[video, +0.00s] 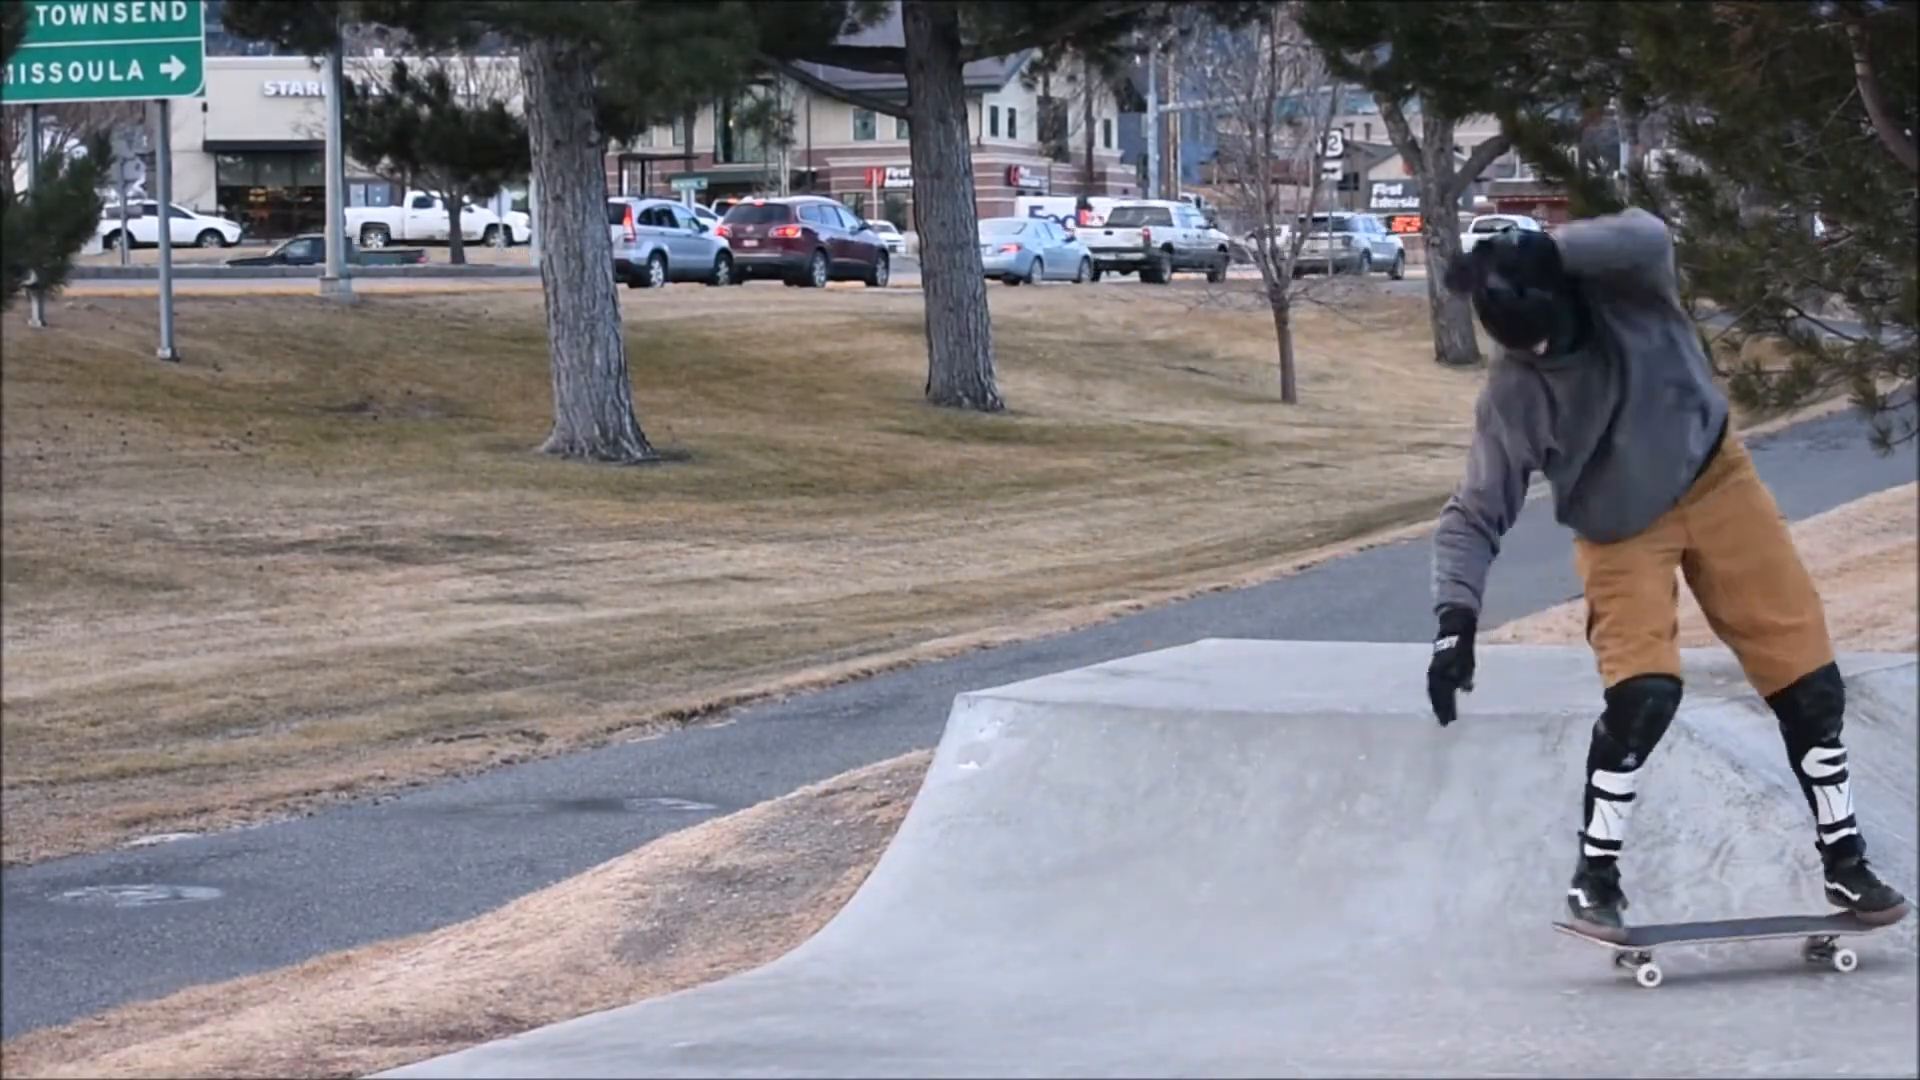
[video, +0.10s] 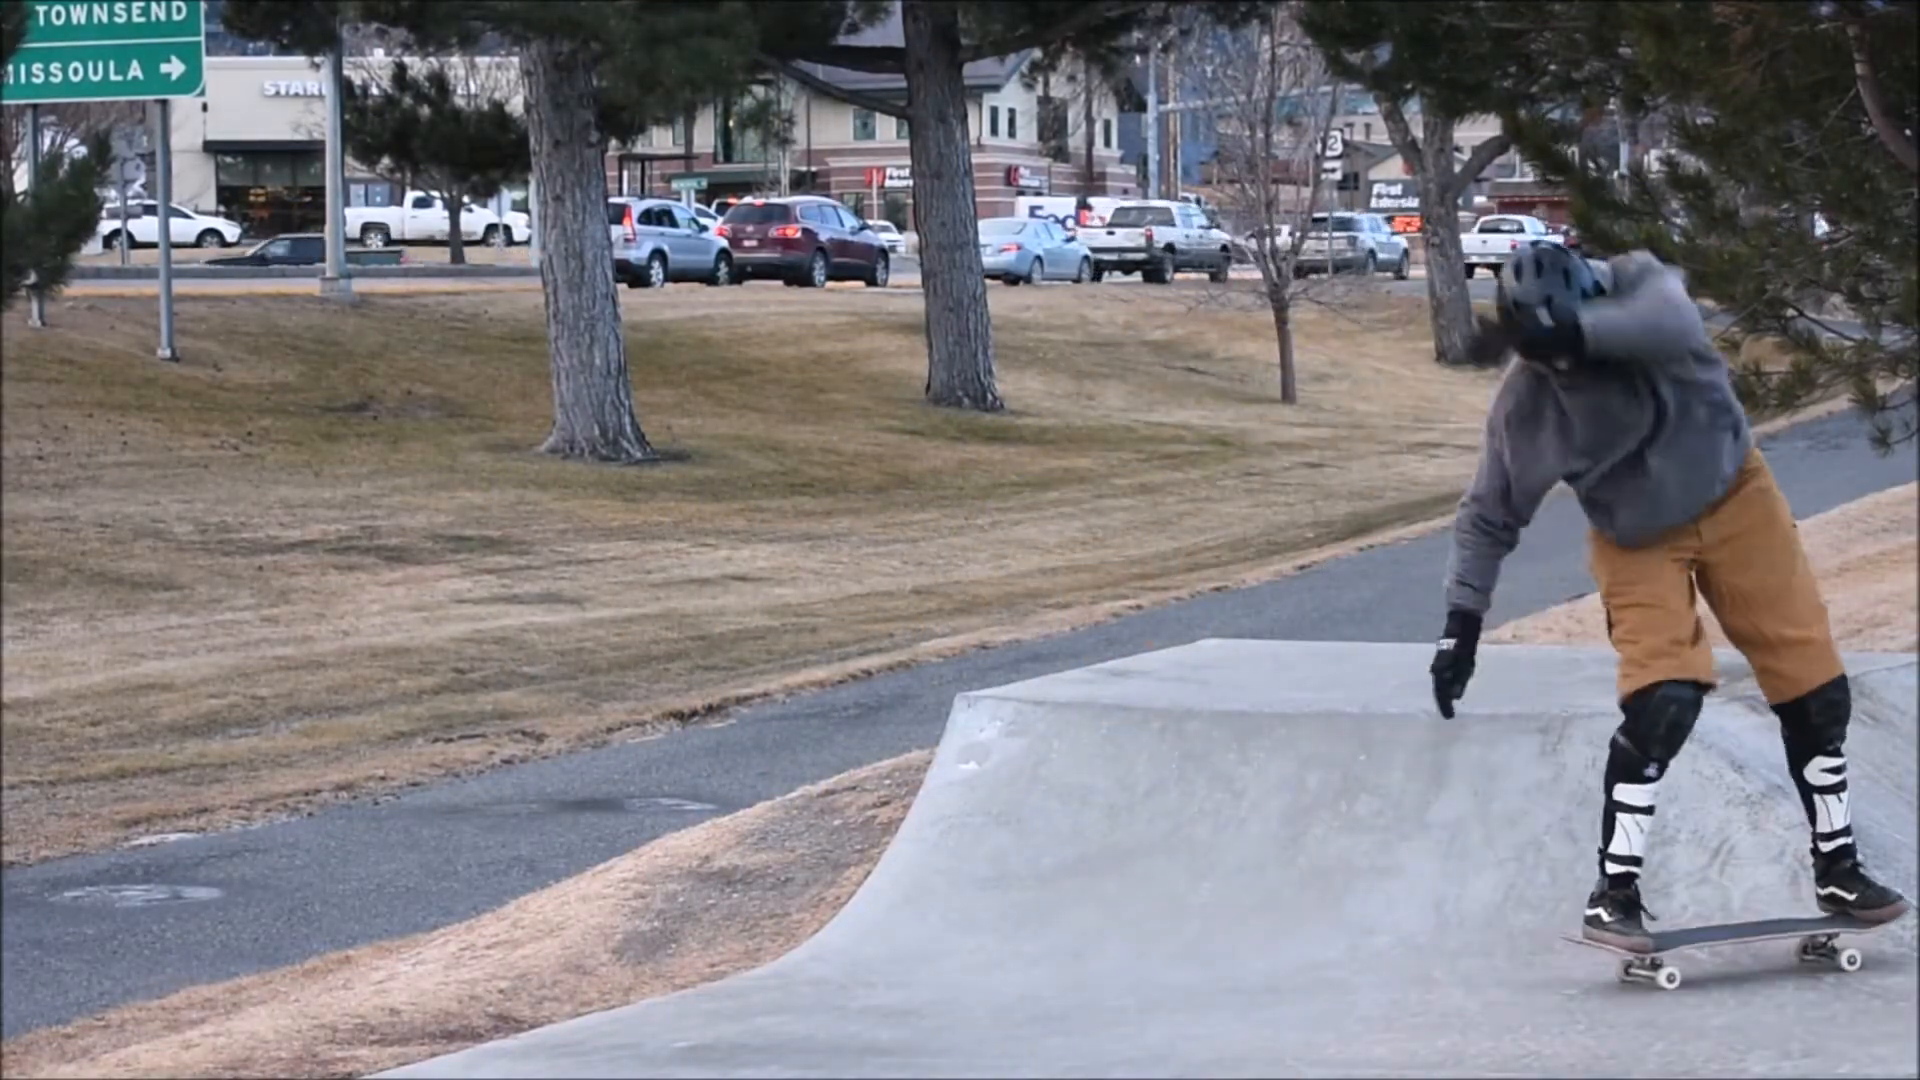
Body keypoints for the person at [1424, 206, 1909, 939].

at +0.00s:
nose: (1551, 350)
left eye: (1554, 332)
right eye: (1532, 345)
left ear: (1566, 295)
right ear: (1507, 341)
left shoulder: (1630, 292)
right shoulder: (1511, 398)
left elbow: (1648, 239)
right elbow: (1473, 518)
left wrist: (1546, 251)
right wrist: (1454, 623)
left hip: (1719, 484)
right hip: (1620, 532)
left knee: (1811, 687)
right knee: (1644, 696)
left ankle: (1845, 862)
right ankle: (1596, 874)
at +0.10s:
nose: (1565, 344)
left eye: (1576, 325)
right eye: (1545, 335)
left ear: (1594, 296)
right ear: (1524, 336)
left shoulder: (1644, 285)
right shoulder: (1525, 404)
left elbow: (1677, 325)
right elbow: (1486, 518)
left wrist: (1575, 332)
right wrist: (1461, 627)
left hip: (1737, 500)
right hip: (1635, 539)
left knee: (1818, 695)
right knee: (1666, 700)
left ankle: (1837, 864)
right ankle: (1616, 890)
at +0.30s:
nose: (1634, 389)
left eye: (1645, 373)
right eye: (1617, 379)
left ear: (1671, 333)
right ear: (1588, 354)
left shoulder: (1724, 338)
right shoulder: (1576, 386)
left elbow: (1772, 474)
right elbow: (1535, 486)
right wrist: (1531, 584)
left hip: (1742, 523)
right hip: (1635, 535)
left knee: (1822, 697)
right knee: (1645, 702)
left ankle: (1823, 869)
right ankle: (1595, 891)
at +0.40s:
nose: (1676, 365)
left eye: (1688, 350)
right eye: (1660, 356)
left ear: (1713, 313)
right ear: (1629, 332)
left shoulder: (1763, 328)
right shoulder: (1600, 363)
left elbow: (1830, 439)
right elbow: (1546, 458)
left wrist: (1858, 555)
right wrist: (1541, 552)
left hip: (1751, 513)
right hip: (1641, 526)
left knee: (1823, 696)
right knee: (1644, 704)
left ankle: (1809, 871)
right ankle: (1581, 891)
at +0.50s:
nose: (1695, 341)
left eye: (1710, 328)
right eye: (1679, 329)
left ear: (1739, 292)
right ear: (1651, 301)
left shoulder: (1787, 305)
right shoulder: (1619, 338)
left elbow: (1864, 377)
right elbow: (1556, 436)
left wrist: (1906, 467)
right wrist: (1538, 531)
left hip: (1759, 507)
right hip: (1649, 516)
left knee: (1815, 693)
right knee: (1654, 693)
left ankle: (1805, 870)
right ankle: (1591, 880)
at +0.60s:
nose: (1715, 330)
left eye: (1730, 315)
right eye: (1698, 317)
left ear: (1759, 280)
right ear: (1673, 285)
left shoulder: (1802, 296)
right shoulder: (1632, 335)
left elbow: (1887, 350)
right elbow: (1561, 444)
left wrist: (1917, 407)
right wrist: (1543, 549)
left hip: (1759, 513)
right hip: (1652, 520)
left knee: (1824, 693)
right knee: (1673, 704)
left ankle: (1813, 869)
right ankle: (1621, 899)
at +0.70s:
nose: (1734, 318)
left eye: (1749, 302)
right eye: (1719, 303)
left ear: (1776, 275)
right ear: (1693, 276)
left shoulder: (1807, 300)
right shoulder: (1654, 333)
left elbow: (1887, 348)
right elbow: (1574, 462)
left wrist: (1916, 393)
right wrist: (1559, 589)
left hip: (1759, 524)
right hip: (1657, 529)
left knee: (1832, 699)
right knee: (1683, 715)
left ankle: (1813, 870)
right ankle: (1622, 905)